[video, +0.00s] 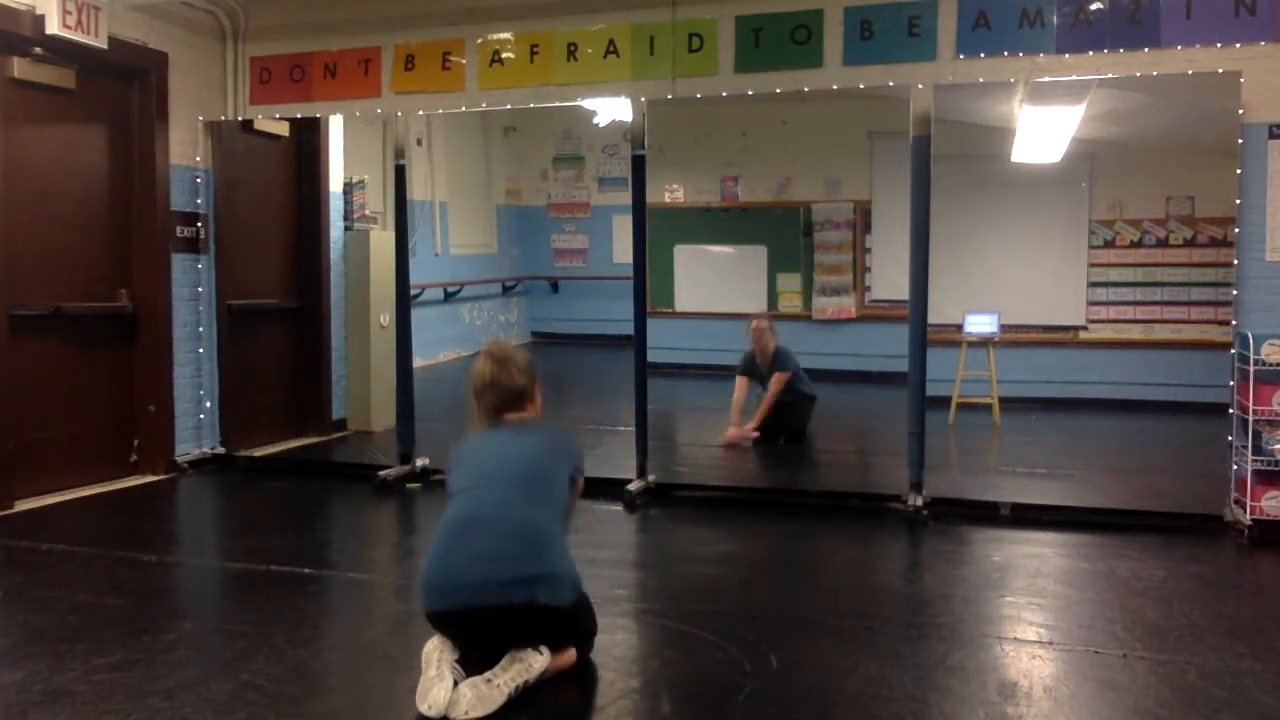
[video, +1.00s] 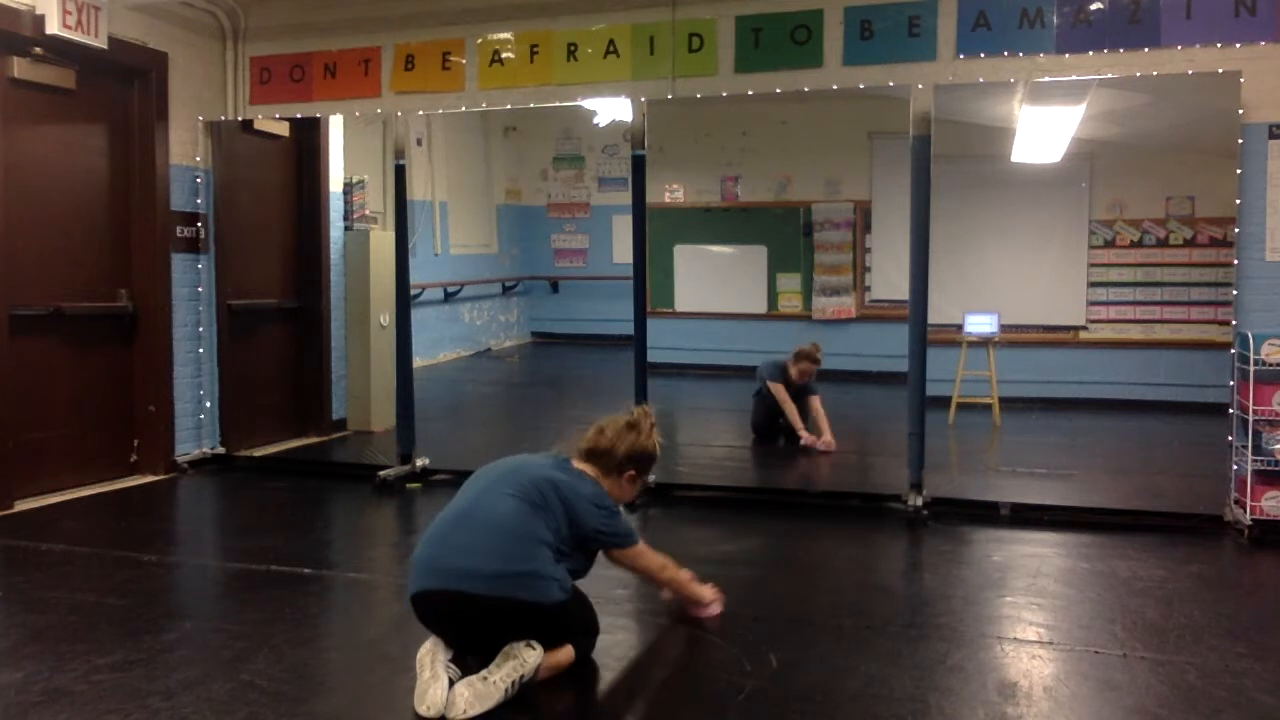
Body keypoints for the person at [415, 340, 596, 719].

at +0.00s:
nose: (542, 392)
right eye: (538, 385)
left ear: (480, 403)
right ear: (535, 395)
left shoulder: (462, 450)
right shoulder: (562, 443)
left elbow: (461, 508)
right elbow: (564, 515)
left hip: (449, 595)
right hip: (539, 588)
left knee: (487, 650)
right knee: (579, 639)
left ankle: (444, 658)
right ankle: (528, 667)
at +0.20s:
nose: (538, 374)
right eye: (537, 367)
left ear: (471, 379)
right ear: (532, 375)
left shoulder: (443, 439)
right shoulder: (553, 436)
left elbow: (422, 534)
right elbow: (599, 537)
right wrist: (568, 555)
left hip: (433, 606)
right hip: (521, 600)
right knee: (577, 633)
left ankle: (440, 669)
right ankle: (509, 679)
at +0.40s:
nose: (549, 381)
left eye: (547, 371)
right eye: (548, 373)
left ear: (484, 373)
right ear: (538, 380)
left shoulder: (438, 439)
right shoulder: (552, 443)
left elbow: (405, 538)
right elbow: (565, 537)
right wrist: (555, 566)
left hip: (427, 626)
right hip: (515, 626)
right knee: (582, 623)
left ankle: (440, 673)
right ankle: (499, 686)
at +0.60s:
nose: (589, 410)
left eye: (591, 403)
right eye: (589, 402)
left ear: (528, 389)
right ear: (576, 401)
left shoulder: (473, 439)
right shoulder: (571, 468)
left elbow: (447, 525)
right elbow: (578, 577)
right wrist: (581, 588)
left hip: (425, 624)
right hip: (508, 629)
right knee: (582, 622)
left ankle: (440, 670)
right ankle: (501, 687)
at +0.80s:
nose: (628, 464)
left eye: (631, 456)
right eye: (631, 454)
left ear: (577, 429)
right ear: (620, 448)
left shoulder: (517, 459)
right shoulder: (588, 494)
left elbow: (553, 559)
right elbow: (620, 610)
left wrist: (601, 606)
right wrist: (644, 617)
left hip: (429, 604)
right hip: (513, 605)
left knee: (487, 657)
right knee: (580, 633)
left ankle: (441, 666)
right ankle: (526, 667)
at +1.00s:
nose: (633, 497)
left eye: (637, 490)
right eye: (638, 488)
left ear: (584, 454)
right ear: (628, 477)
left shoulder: (521, 468)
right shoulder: (590, 495)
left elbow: (618, 549)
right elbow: (649, 565)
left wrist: (669, 575)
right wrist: (697, 592)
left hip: (432, 587)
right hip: (516, 584)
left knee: (491, 648)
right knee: (580, 632)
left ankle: (443, 660)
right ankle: (527, 664)